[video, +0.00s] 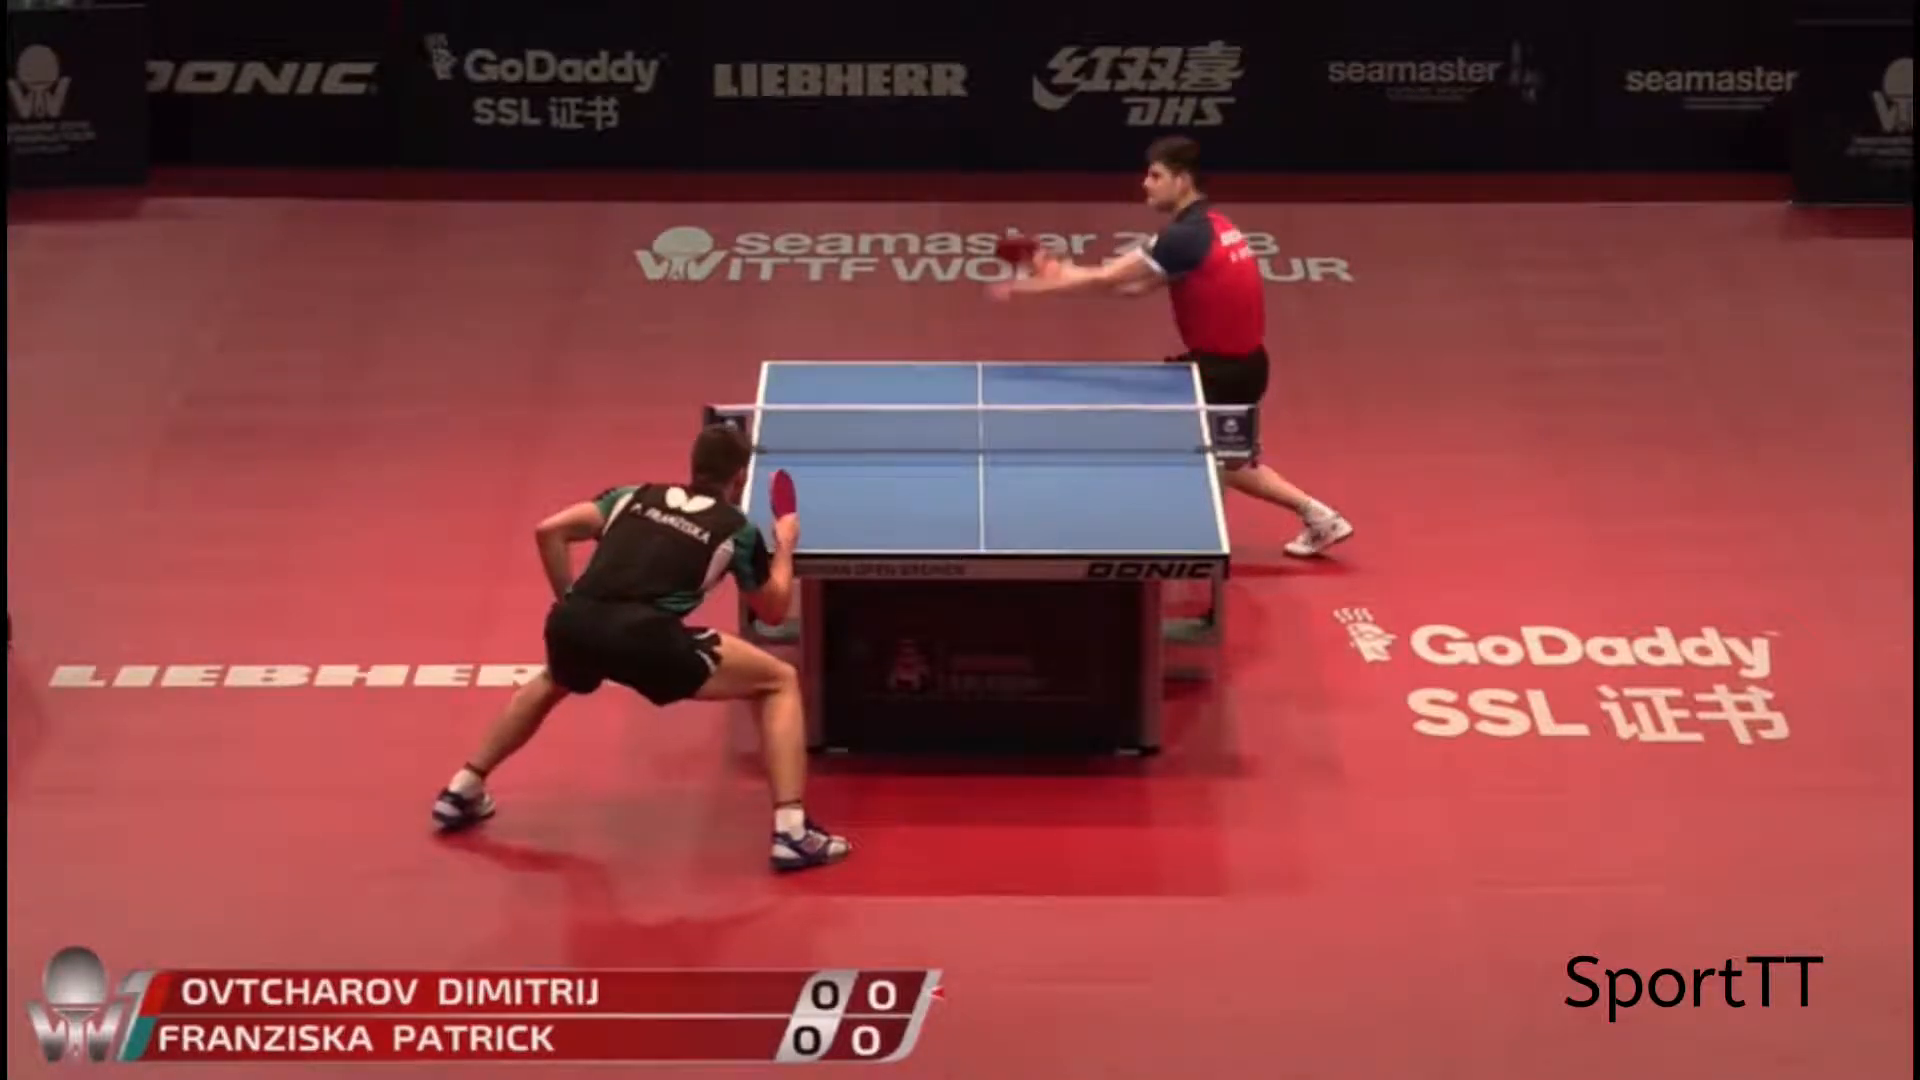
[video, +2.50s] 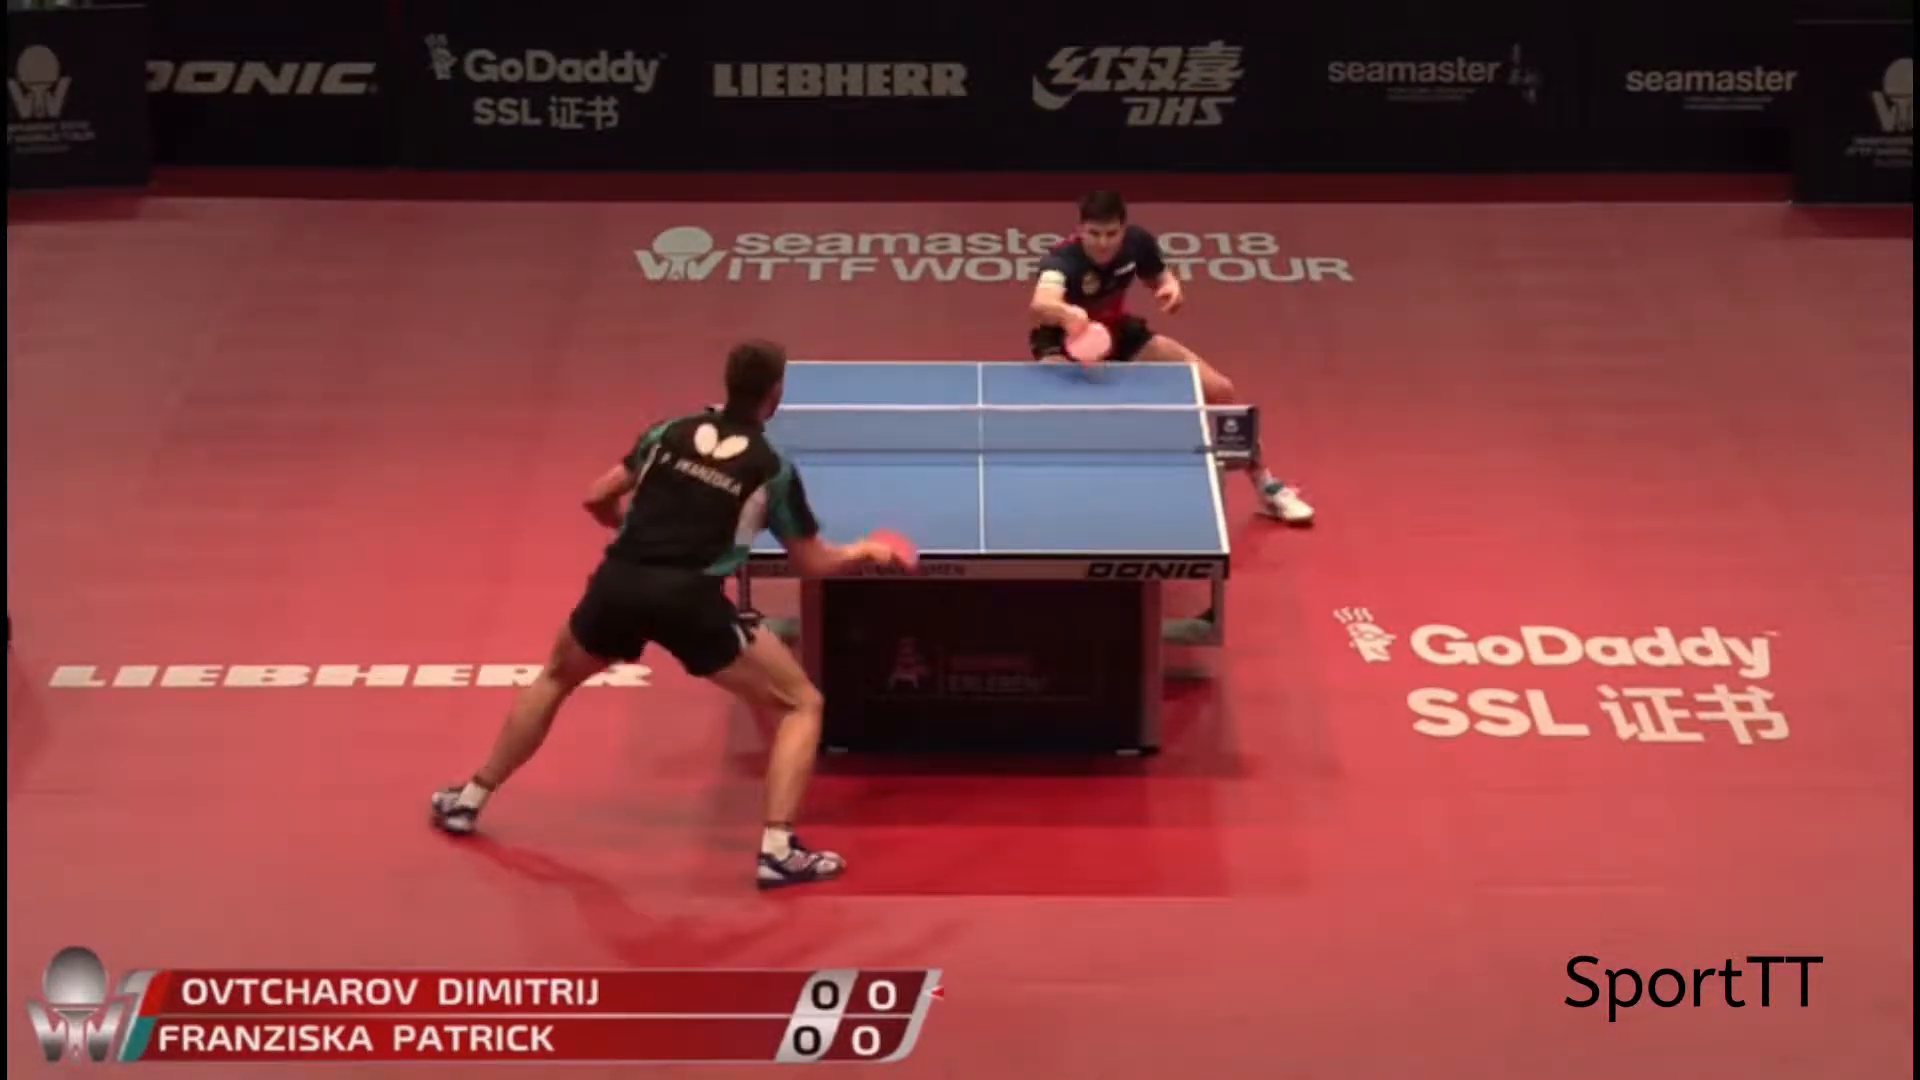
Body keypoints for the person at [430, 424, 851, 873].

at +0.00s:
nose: (743, 480)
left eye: (732, 471)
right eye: (744, 473)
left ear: (691, 467)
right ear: (739, 479)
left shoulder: (636, 495)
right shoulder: (739, 529)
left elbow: (550, 530)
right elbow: (774, 610)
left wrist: (566, 601)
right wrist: (785, 549)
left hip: (573, 623)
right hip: (647, 637)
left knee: (552, 681)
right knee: (779, 683)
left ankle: (463, 787)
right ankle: (792, 830)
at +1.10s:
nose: (756, 407)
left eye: (752, 395)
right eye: (755, 398)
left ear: (702, 394)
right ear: (747, 405)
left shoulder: (648, 431)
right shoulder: (747, 465)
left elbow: (568, 492)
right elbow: (785, 558)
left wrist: (584, 552)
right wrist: (816, 513)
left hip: (586, 574)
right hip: (656, 588)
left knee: (537, 675)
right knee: (781, 675)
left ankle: (457, 792)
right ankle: (791, 832)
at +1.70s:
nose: (741, 375)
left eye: (740, 365)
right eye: (741, 366)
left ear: (688, 356)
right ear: (732, 370)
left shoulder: (624, 389)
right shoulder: (726, 427)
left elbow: (543, 439)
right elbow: (766, 515)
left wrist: (543, 484)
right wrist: (812, 492)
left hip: (588, 548)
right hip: (664, 558)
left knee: (532, 654)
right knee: (765, 637)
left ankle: (470, 781)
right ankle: (801, 754)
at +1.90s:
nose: (760, 374)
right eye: (762, 366)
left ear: (713, 358)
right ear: (760, 371)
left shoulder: (678, 390)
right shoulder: (766, 426)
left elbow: (624, 440)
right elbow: (793, 472)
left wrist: (583, 462)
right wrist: (816, 477)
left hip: (656, 547)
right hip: (730, 553)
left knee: (566, 656)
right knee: (801, 642)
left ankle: (480, 773)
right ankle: (872, 753)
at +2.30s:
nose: (783, 358)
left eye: (776, 349)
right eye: (784, 351)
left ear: (731, 349)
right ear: (780, 359)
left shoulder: (677, 389)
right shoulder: (787, 428)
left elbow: (610, 440)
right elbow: (826, 521)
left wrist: (601, 487)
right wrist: (849, 496)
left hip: (641, 540)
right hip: (716, 552)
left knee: (570, 655)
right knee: (807, 650)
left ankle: (504, 786)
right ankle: (846, 795)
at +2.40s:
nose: (786, 390)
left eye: (774, 378)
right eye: (785, 382)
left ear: (730, 378)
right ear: (778, 390)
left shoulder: (670, 428)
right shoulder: (780, 463)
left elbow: (603, 496)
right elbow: (820, 556)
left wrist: (624, 529)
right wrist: (865, 539)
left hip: (627, 579)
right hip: (697, 595)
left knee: (556, 672)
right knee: (802, 706)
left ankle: (478, 792)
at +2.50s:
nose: (782, 397)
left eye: (775, 385)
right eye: (782, 390)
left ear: (727, 384)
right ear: (772, 396)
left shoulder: (670, 431)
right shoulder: (773, 467)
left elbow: (599, 497)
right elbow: (813, 563)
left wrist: (620, 523)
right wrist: (864, 553)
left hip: (619, 585)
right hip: (692, 601)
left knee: (554, 680)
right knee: (801, 704)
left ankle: (470, 799)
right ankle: (777, 849)